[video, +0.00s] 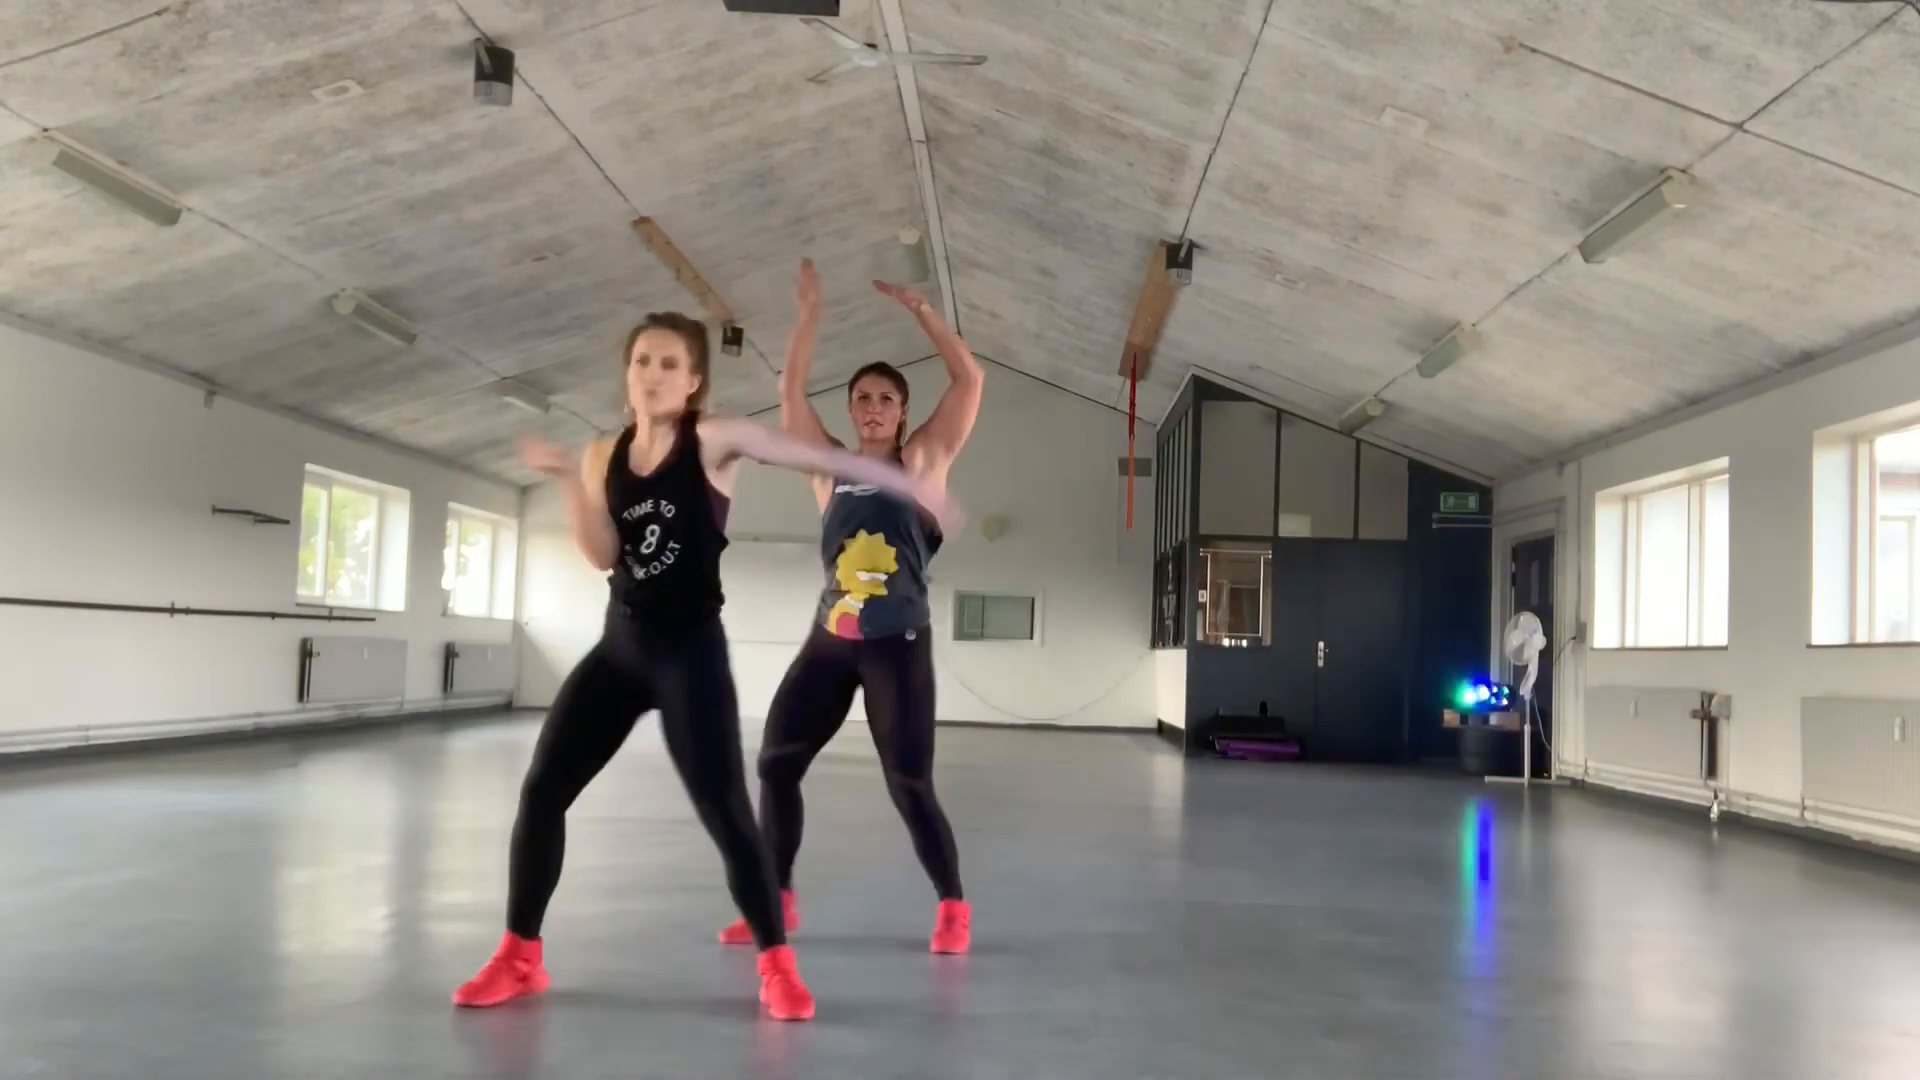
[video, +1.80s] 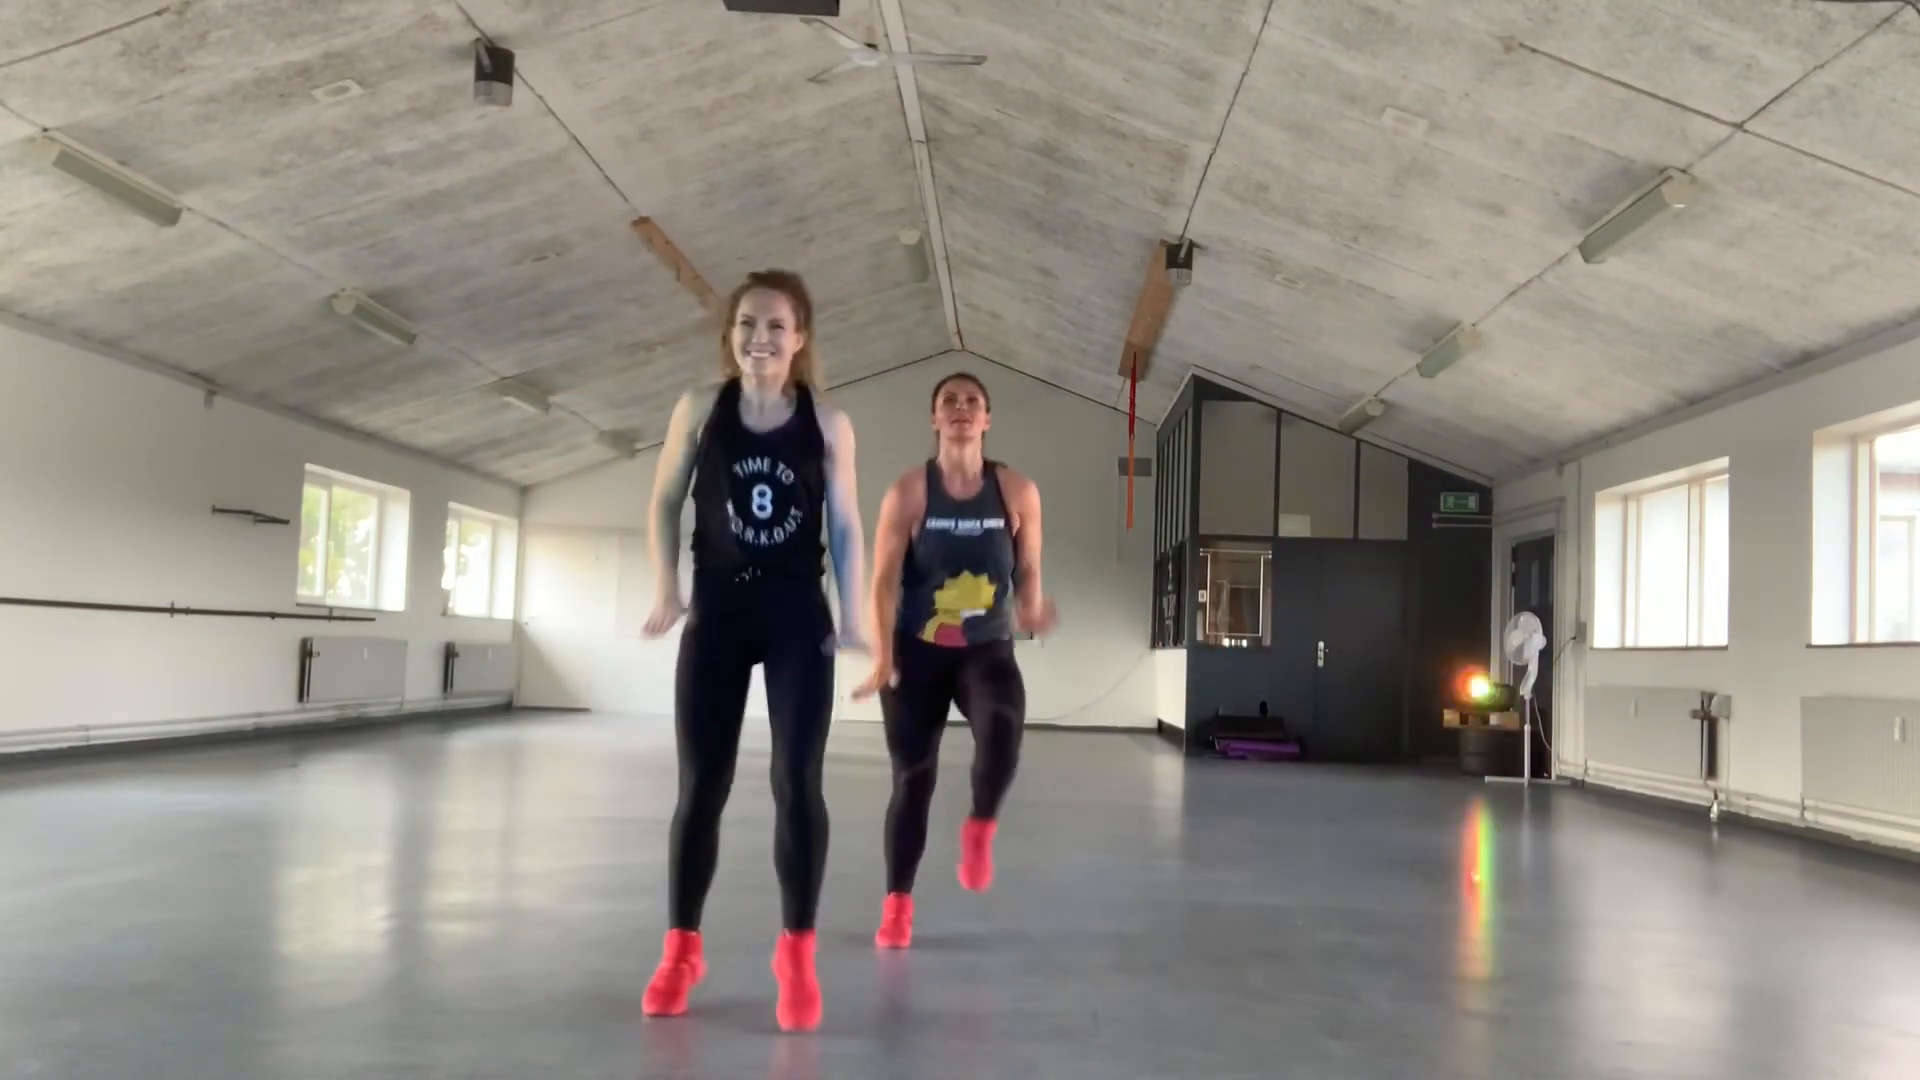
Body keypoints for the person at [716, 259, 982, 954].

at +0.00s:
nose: (873, 408)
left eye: (885, 399)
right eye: (864, 399)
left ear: (902, 412)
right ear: (851, 412)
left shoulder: (926, 457)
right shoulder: (830, 469)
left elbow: (968, 379)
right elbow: (792, 395)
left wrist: (923, 309)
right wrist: (807, 316)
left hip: (899, 645)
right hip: (829, 642)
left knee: (909, 782)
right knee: (778, 765)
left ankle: (951, 901)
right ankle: (776, 900)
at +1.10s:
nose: (897, 412)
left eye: (913, 414)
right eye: (897, 402)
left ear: (925, 441)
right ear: (881, 412)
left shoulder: (925, 487)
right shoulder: (827, 467)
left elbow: (998, 437)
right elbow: (755, 418)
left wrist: (1001, 354)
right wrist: (821, 393)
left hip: (920, 644)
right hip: (854, 655)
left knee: (928, 771)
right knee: (795, 768)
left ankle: (959, 905)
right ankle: (811, 906)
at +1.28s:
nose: (917, 395)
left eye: (931, 392)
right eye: (911, 385)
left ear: (944, 415)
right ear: (893, 396)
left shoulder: (951, 466)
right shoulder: (853, 456)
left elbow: (1011, 445)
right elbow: (800, 426)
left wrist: (1023, 426)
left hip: (929, 640)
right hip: (859, 641)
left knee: (932, 771)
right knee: (827, 768)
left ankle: (951, 903)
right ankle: (813, 905)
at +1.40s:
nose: (917, 393)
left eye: (926, 385)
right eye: (906, 385)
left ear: (944, 402)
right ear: (889, 402)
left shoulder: (965, 467)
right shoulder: (865, 462)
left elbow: (1055, 476)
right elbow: (792, 459)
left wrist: (992, 501)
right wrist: (834, 484)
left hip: (944, 645)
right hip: (872, 644)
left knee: (938, 775)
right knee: (850, 773)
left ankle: (946, 907)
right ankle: (820, 905)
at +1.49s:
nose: (917, 394)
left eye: (926, 386)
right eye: (905, 388)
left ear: (946, 401)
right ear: (891, 408)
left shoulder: (979, 472)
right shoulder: (873, 473)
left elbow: (1049, 533)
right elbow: (819, 515)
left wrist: (985, 538)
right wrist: (828, 510)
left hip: (957, 647)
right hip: (884, 644)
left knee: (944, 774)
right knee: (858, 766)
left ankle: (946, 907)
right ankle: (839, 902)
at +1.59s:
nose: (927, 403)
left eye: (937, 395)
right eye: (916, 396)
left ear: (956, 409)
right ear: (901, 412)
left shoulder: (991, 479)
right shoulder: (883, 485)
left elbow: (1010, 565)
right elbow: (859, 574)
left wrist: (984, 534)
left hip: (961, 645)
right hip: (890, 643)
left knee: (958, 762)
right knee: (887, 769)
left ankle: (946, 884)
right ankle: (885, 890)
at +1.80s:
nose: (961, 411)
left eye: (972, 403)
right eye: (950, 403)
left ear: (987, 418)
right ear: (934, 419)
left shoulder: (1018, 491)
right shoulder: (907, 492)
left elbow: (1029, 568)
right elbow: (884, 580)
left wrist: (1031, 608)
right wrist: (883, 657)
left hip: (986, 649)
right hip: (916, 650)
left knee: (1003, 721)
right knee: (912, 780)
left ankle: (980, 826)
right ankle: (897, 899)